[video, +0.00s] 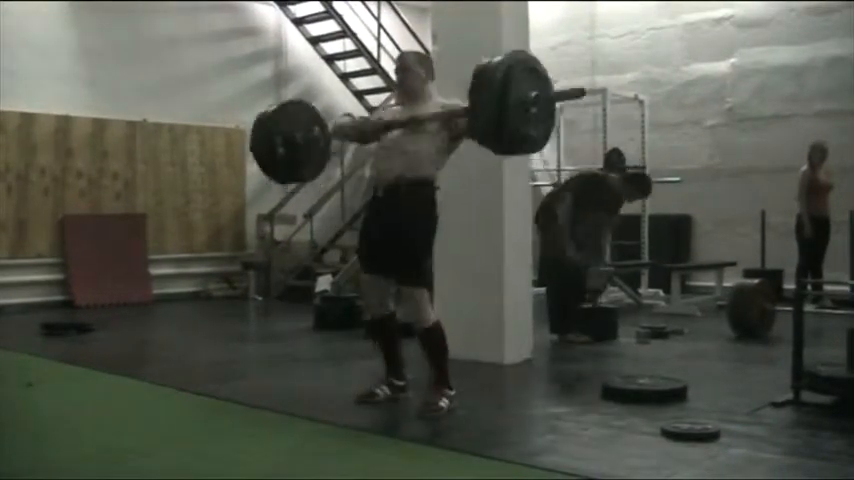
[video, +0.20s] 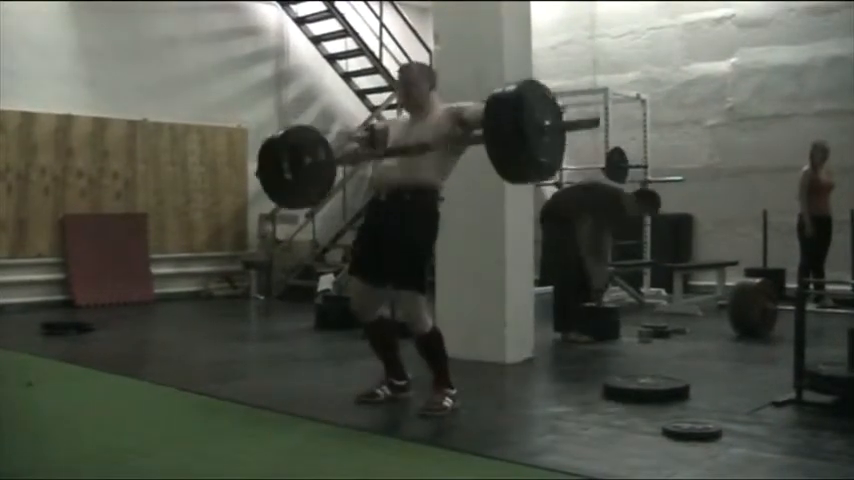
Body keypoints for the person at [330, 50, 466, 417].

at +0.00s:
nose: (399, 76)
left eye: (407, 70)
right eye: (397, 71)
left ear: (428, 75)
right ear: (396, 78)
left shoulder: (445, 113)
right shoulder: (386, 112)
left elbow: (481, 120)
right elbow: (340, 130)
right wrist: (377, 129)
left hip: (416, 201)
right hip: (380, 201)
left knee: (415, 299)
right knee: (374, 294)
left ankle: (442, 387)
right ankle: (395, 380)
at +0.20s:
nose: (403, 91)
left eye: (411, 84)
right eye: (401, 85)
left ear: (430, 85)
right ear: (399, 89)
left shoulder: (450, 116)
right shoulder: (393, 128)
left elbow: (495, 112)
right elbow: (342, 154)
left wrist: (471, 125)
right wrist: (365, 145)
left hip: (418, 209)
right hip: (382, 209)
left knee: (412, 308)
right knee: (364, 299)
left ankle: (444, 389)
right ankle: (395, 381)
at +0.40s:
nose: (399, 99)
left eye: (406, 92)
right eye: (396, 93)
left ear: (425, 92)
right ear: (393, 97)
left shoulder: (447, 124)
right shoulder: (389, 136)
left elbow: (490, 132)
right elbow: (354, 163)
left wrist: (460, 152)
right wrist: (357, 161)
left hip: (423, 217)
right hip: (387, 217)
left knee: (409, 313)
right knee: (359, 306)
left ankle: (443, 390)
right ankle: (394, 381)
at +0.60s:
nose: (408, 61)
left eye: (416, 55)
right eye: (405, 55)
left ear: (434, 62)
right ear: (402, 63)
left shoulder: (454, 97)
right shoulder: (392, 106)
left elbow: (493, 110)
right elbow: (347, 134)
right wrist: (361, 127)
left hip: (429, 195)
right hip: (389, 196)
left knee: (428, 292)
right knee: (372, 286)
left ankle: (446, 387)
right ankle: (384, 373)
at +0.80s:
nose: (407, 69)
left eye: (415, 63)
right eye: (404, 63)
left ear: (432, 71)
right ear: (399, 72)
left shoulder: (444, 110)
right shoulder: (392, 121)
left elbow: (472, 157)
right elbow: (371, 168)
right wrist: (357, 129)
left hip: (426, 203)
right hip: (388, 206)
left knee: (430, 301)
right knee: (374, 297)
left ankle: (455, 392)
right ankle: (393, 380)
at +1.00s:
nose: (408, 77)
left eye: (418, 73)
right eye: (406, 73)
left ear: (436, 86)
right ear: (400, 84)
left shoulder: (443, 129)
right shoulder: (384, 136)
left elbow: (448, 177)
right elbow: (359, 185)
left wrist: (447, 133)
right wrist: (348, 150)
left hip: (425, 218)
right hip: (387, 221)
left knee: (417, 311)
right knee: (364, 308)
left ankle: (453, 391)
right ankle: (394, 383)